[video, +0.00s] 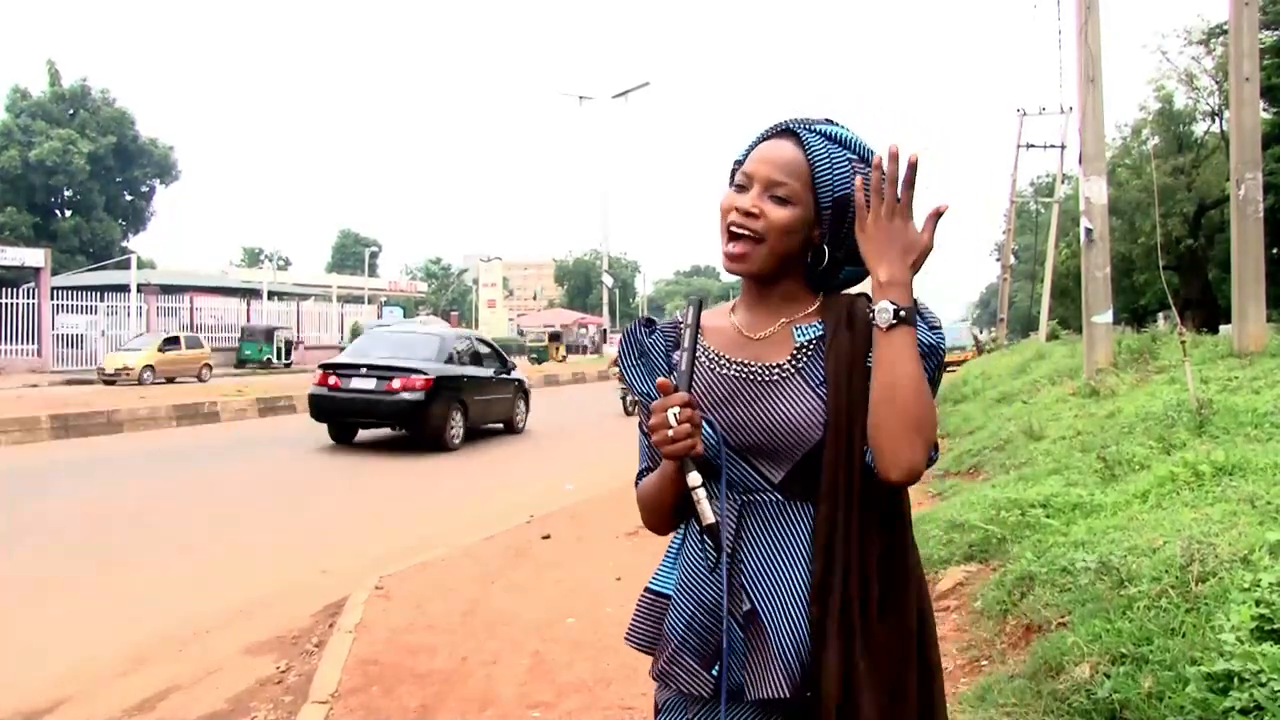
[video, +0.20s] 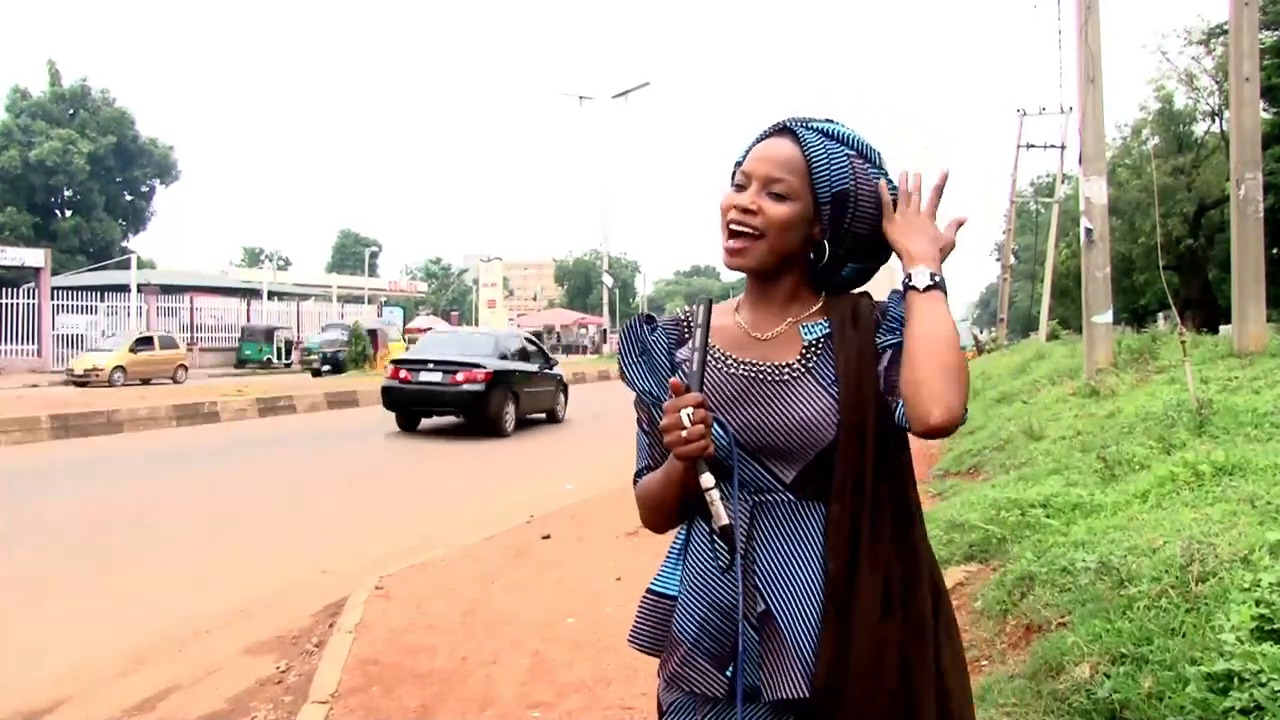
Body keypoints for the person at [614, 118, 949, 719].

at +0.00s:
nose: (745, 207)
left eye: (778, 197)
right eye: (741, 185)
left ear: (820, 230)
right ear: (723, 193)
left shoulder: (873, 330)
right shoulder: (677, 341)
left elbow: (902, 461)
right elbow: (656, 518)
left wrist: (891, 284)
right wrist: (671, 461)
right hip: (707, 629)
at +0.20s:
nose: (743, 204)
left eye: (776, 194)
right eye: (739, 184)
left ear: (821, 225)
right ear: (726, 191)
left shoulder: (871, 326)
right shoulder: (678, 339)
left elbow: (937, 412)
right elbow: (653, 515)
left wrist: (922, 265)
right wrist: (681, 459)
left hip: (836, 627)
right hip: (714, 628)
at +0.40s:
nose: (753, 205)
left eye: (783, 192)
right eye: (743, 189)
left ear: (829, 217)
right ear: (729, 204)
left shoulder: (876, 317)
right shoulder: (689, 339)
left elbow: (958, 371)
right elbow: (672, 516)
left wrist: (942, 228)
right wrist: (700, 459)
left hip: (852, 624)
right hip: (730, 625)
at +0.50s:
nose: (762, 206)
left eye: (791, 191)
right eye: (751, 191)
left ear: (838, 214)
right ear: (736, 209)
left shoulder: (891, 317)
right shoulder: (701, 344)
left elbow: (972, 394)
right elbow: (686, 518)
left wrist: (940, 222)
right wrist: (714, 459)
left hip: (875, 630)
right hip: (745, 633)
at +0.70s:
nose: (790, 205)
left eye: (816, 186)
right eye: (772, 191)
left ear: (859, 208)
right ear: (754, 217)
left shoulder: (933, 320)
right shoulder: (724, 348)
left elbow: (982, 480)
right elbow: (722, 518)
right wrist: (743, 473)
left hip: (919, 637)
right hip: (781, 639)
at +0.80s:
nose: (806, 206)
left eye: (829, 187)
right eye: (786, 194)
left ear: (869, 208)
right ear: (767, 221)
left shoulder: (941, 326)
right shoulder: (737, 350)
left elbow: (978, 491)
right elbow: (733, 516)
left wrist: (889, 463)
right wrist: (752, 479)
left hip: (911, 623)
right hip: (789, 633)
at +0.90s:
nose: (826, 207)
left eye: (846, 188)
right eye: (803, 196)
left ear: (881, 206)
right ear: (781, 223)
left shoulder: (950, 319)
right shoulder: (750, 346)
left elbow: (988, 475)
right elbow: (742, 513)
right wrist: (761, 480)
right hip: (808, 612)